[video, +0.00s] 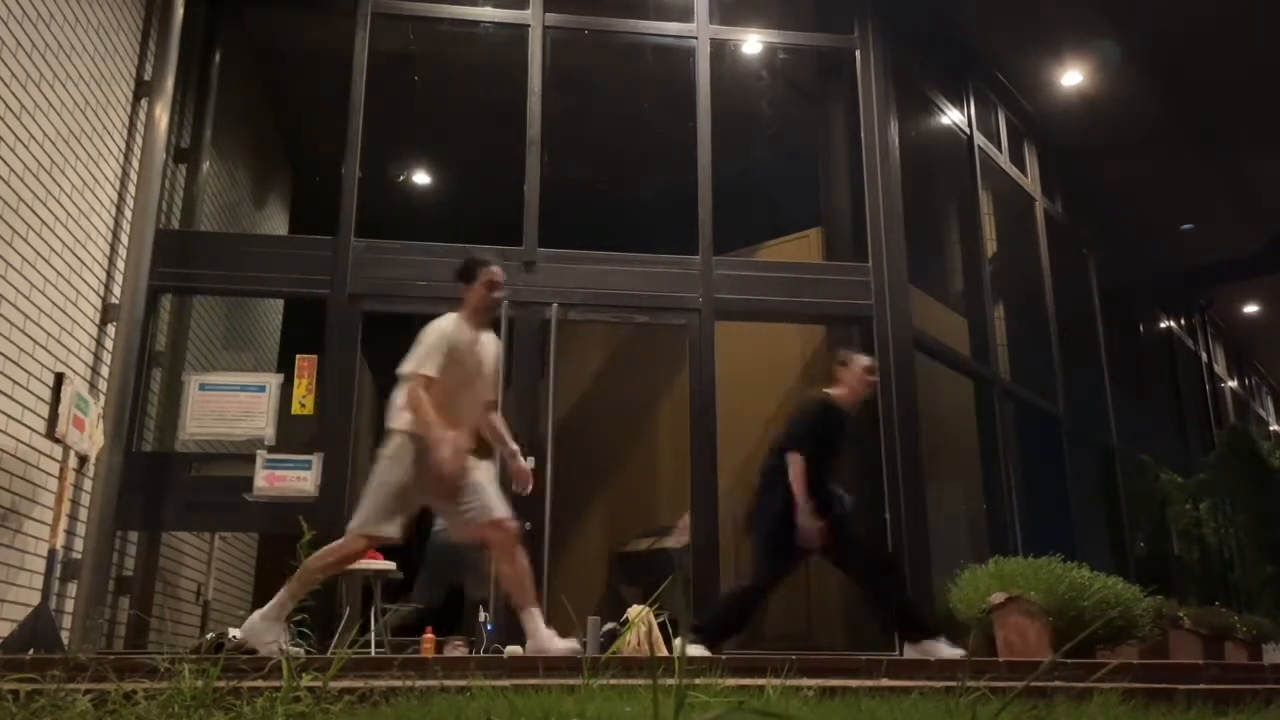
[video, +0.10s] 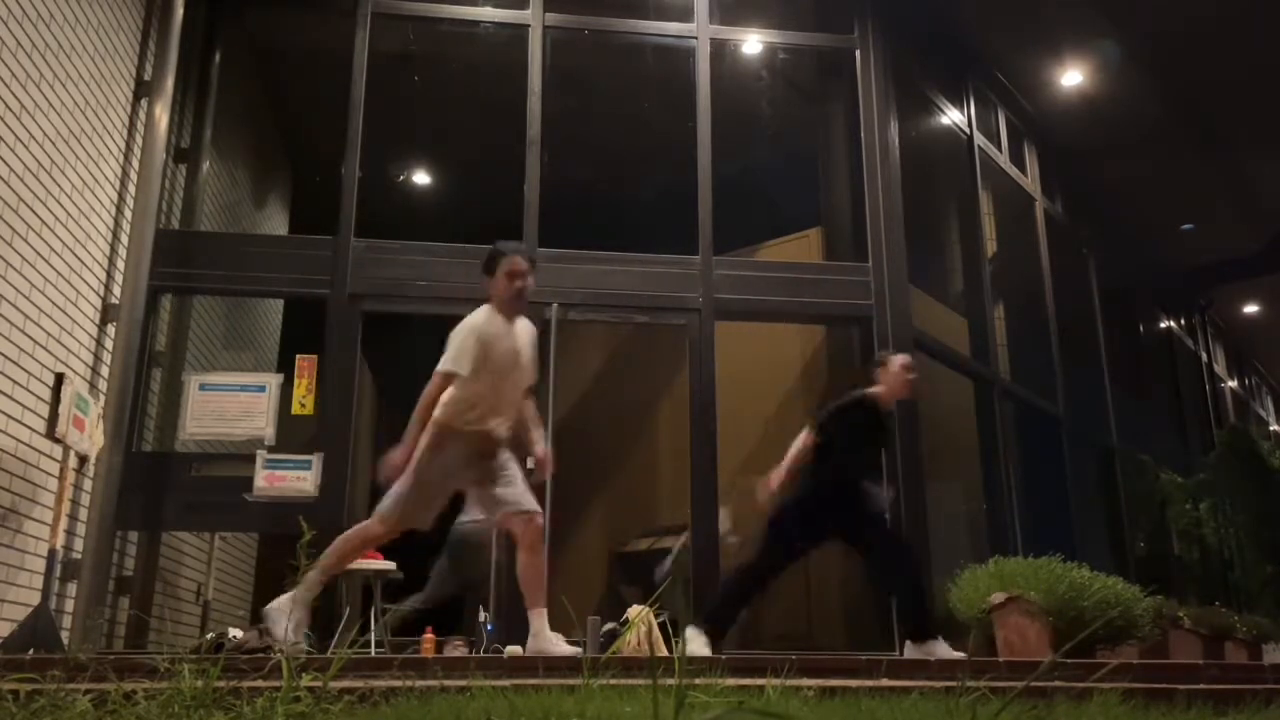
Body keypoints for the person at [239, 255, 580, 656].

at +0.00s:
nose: (499, 295)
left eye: (502, 288)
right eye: (492, 286)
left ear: (501, 292)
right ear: (467, 287)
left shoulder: (492, 344)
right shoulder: (443, 330)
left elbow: (487, 411)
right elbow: (415, 390)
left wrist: (513, 455)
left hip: (462, 456)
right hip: (410, 448)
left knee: (504, 534)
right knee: (359, 542)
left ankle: (539, 636)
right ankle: (267, 619)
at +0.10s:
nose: (522, 284)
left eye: (526, 277)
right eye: (512, 276)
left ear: (531, 282)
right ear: (491, 280)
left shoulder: (526, 331)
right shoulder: (475, 327)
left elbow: (523, 395)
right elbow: (437, 386)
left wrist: (537, 438)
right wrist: (406, 447)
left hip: (492, 447)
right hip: (446, 442)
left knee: (530, 525)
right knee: (383, 527)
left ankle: (540, 635)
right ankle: (294, 602)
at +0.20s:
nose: (533, 272)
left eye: (538, 264)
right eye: (523, 265)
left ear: (545, 267)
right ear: (505, 269)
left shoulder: (550, 315)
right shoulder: (490, 316)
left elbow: (560, 373)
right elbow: (444, 367)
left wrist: (568, 405)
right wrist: (407, 422)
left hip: (518, 434)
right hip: (473, 427)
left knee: (540, 526)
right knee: (414, 516)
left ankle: (540, 634)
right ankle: (331, 568)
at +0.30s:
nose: (532, 262)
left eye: (538, 253)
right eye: (523, 255)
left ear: (548, 256)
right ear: (508, 260)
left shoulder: (565, 305)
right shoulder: (495, 305)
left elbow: (588, 350)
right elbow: (451, 356)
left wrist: (586, 364)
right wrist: (416, 408)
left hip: (540, 424)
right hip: (493, 418)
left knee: (549, 524)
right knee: (436, 508)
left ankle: (541, 634)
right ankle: (365, 533)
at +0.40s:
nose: (530, 256)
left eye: (536, 248)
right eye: (522, 249)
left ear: (548, 250)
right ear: (509, 255)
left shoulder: (574, 296)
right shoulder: (498, 301)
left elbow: (610, 343)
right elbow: (461, 351)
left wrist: (605, 333)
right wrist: (434, 401)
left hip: (557, 421)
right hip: (506, 413)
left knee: (557, 523)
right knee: (450, 499)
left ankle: (542, 633)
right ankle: (410, 505)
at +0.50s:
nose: (528, 254)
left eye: (534, 245)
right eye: (520, 248)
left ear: (548, 246)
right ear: (508, 253)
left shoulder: (576, 290)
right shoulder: (501, 302)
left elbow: (613, 322)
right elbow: (473, 355)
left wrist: (576, 278)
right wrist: (451, 404)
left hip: (568, 414)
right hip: (514, 409)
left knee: (562, 522)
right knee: (455, 493)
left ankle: (545, 632)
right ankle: (471, 533)